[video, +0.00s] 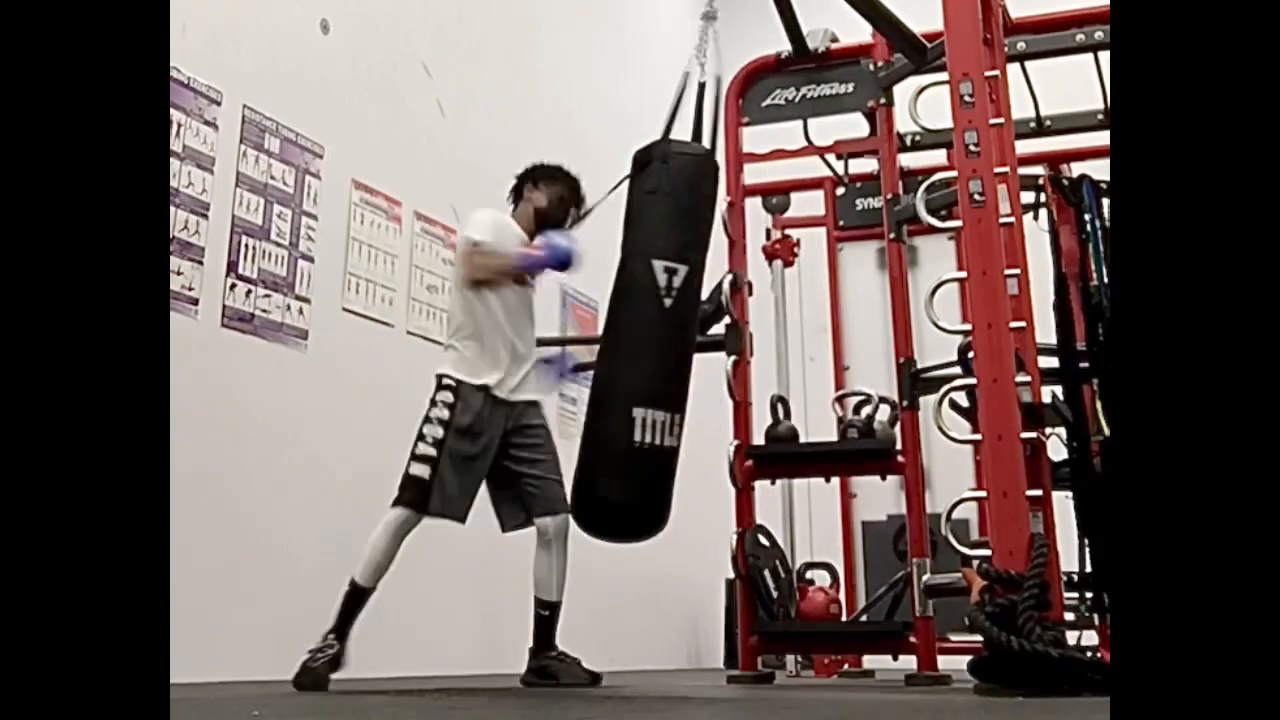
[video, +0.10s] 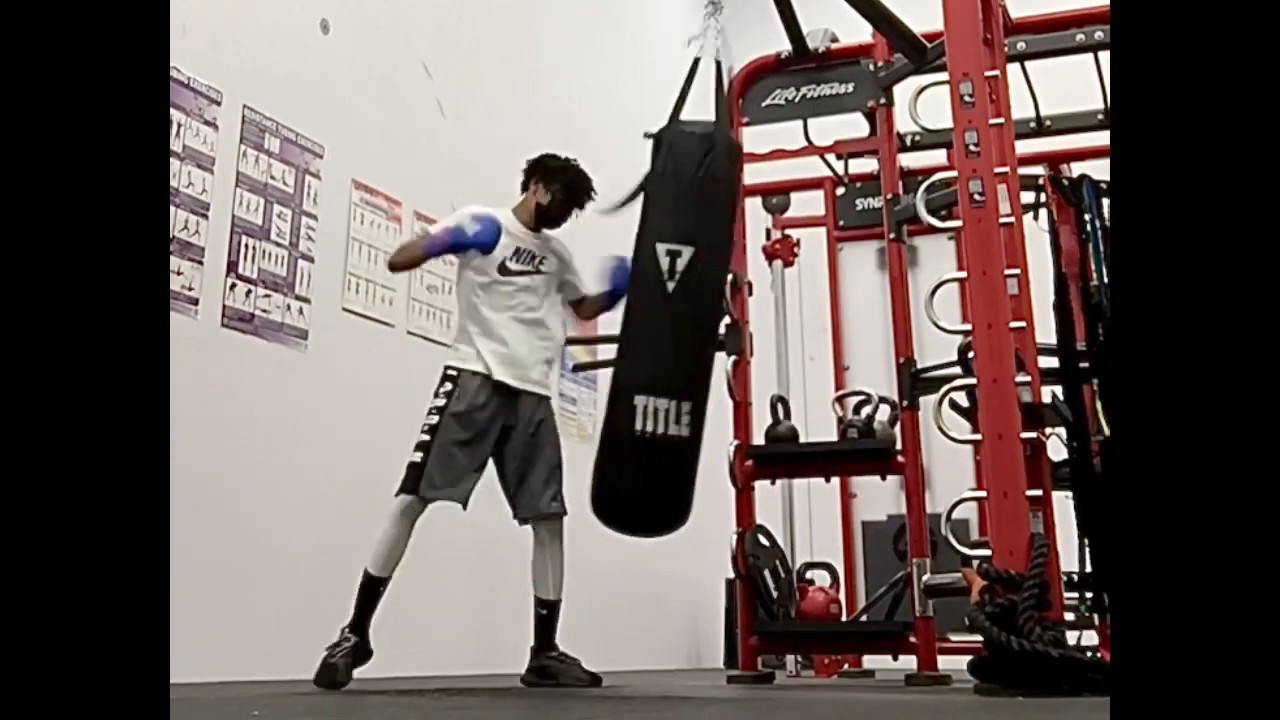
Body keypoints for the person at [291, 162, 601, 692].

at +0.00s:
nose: (557, 220)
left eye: (563, 215)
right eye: (554, 206)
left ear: (557, 218)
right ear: (528, 190)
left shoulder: (529, 257)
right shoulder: (487, 221)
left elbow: (510, 343)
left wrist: (563, 359)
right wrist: (540, 258)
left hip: (520, 400)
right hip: (467, 390)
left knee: (553, 522)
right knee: (407, 513)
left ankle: (544, 654)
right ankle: (334, 642)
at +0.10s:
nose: (559, 216)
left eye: (567, 210)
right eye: (556, 203)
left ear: (566, 210)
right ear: (531, 186)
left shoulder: (557, 252)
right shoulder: (480, 227)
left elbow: (584, 310)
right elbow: (397, 261)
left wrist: (614, 292)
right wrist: (450, 237)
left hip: (532, 396)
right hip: (471, 382)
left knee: (549, 519)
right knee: (410, 503)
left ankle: (545, 653)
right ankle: (355, 636)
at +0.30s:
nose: (525, 213)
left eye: (534, 207)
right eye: (521, 201)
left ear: (528, 209)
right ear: (496, 192)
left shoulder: (520, 254)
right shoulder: (457, 211)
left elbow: (549, 312)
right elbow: (467, 256)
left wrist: (558, 248)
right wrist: (514, 213)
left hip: (501, 397)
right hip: (446, 388)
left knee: (547, 511)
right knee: (409, 522)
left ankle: (540, 648)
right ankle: (373, 652)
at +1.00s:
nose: (582, 192)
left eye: (587, 187)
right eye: (582, 181)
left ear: (567, 175)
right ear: (560, 161)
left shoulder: (550, 228)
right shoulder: (515, 184)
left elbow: (567, 285)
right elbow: (518, 242)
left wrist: (624, 251)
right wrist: (573, 214)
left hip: (548, 373)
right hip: (503, 358)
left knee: (588, 505)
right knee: (473, 492)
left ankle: (564, 649)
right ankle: (373, 627)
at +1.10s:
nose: (559, 184)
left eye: (562, 177)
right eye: (557, 172)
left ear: (532, 164)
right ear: (536, 159)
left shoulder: (518, 215)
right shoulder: (503, 182)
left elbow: (550, 281)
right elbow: (578, 224)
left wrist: (552, 221)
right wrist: (587, 181)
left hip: (521, 379)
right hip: (478, 371)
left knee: (555, 509)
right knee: (439, 514)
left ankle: (561, 654)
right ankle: (364, 647)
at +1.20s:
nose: (541, 185)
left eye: (545, 179)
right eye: (541, 174)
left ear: (518, 160)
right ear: (520, 156)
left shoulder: (497, 206)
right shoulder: (475, 177)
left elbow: (501, 291)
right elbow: (495, 246)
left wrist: (530, 228)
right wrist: (543, 207)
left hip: (495, 371)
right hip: (448, 361)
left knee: (533, 495)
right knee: (412, 502)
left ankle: (519, 639)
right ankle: (351, 645)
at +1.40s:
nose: (512, 203)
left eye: (520, 197)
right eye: (509, 191)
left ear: (512, 201)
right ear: (483, 184)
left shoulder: (504, 249)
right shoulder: (438, 206)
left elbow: (539, 298)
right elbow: (467, 253)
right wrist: (504, 208)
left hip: (490, 399)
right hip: (427, 393)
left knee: (555, 507)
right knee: (372, 524)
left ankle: (518, 639)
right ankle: (317, 651)